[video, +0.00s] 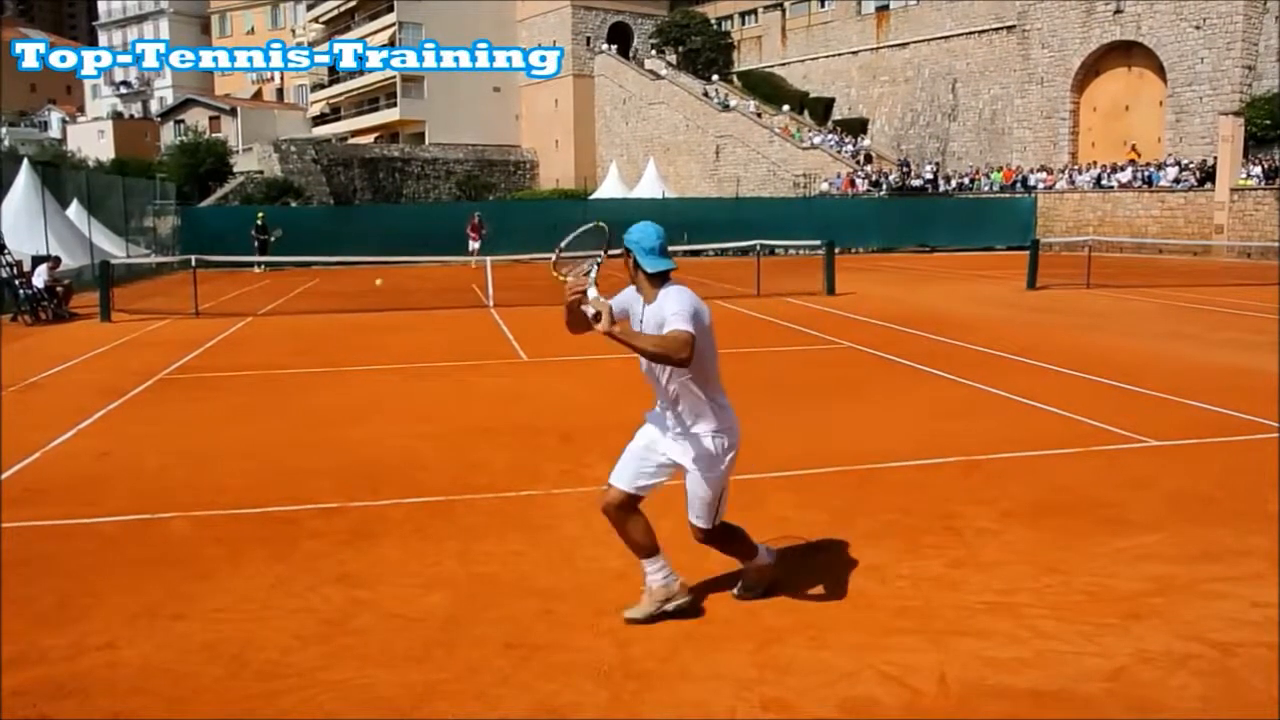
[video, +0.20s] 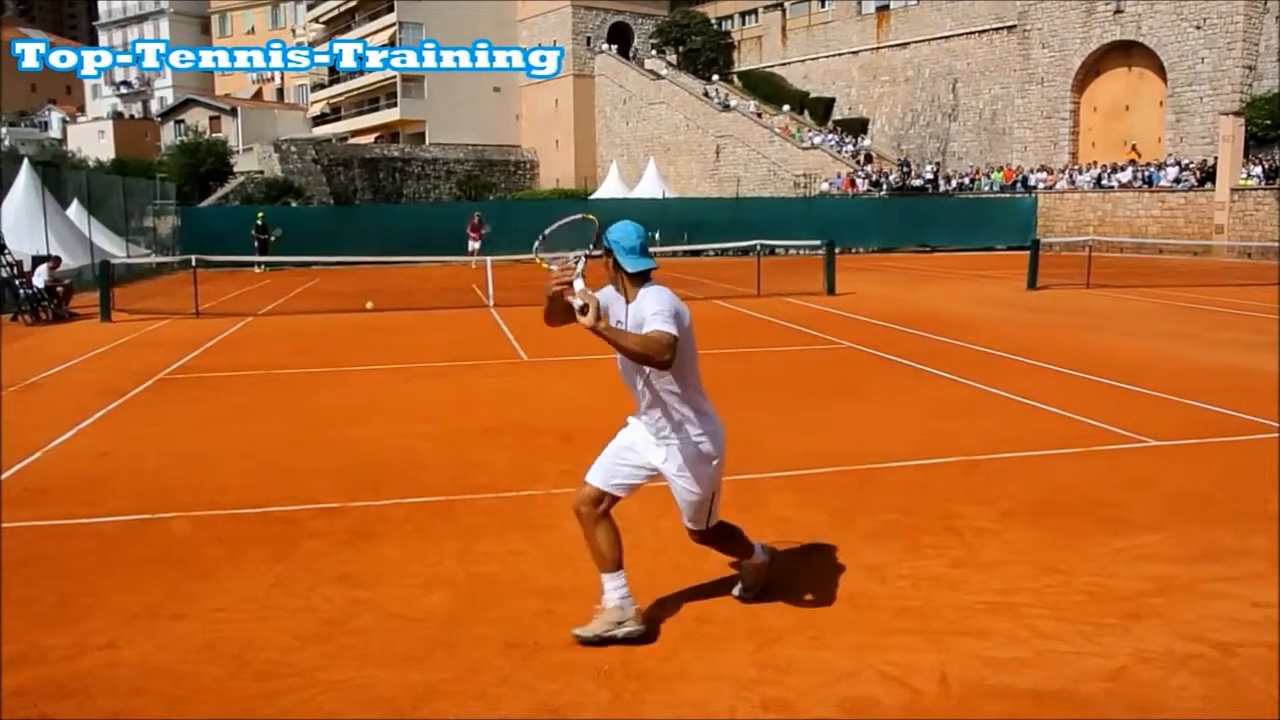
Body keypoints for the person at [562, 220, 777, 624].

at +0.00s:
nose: (623, 262)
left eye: (625, 256)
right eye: (625, 257)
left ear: (633, 261)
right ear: (660, 259)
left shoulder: (680, 301)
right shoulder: (632, 298)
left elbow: (681, 352)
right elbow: (579, 325)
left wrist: (617, 331)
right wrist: (573, 301)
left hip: (708, 433)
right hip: (665, 424)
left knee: (705, 529)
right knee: (617, 502)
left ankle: (761, 561)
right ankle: (664, 586)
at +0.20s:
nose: (600, 263)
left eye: (604, 257)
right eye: (603, 257)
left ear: (614, 261)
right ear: (638, 259)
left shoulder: (659, 301)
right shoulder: (609, 298)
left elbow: (661, 353)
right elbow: (556, 316)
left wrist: (599, 327)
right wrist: (555, 294)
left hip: (691, 438)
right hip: (646, 429)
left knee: (702, 529)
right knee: (588, 504)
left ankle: (757, 559)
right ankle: (620, 609)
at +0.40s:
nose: (555, 273)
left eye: (558, 265)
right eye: (556, 266)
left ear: (569, 270)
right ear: (588, 268)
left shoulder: (617, 309)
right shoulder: (573, 308)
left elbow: (625, 364)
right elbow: (513, 312)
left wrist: (572, 333)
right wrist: (515, 285)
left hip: (649, 454)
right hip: (606, 448)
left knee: (667, 548)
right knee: (547, 528)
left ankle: (738, 552)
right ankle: (557, 648)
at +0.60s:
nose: (538, 282)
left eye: (541, 275)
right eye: (541, 276)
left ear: (549, 277)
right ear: (573, 276)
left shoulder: (599, 316)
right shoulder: (551, 314)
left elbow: (609, 375)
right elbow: (490, 316)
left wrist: (557, 340)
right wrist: (494, 286)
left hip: (630, 461)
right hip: (586, 457)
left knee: (632, 573)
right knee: (526, 539)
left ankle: (714, 556)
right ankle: (555, 657)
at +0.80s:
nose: (522, 302)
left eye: (526, 293)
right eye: (515, 294)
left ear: (529, 291)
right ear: (504, 292)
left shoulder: (563, 333)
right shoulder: (504, 326)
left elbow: (583, 395)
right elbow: (444, 333)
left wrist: (525, 361)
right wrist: (441, 307)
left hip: (587, 480)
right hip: (542, 471)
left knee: (530, 607)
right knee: (487, 565)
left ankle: (641, 602)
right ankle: (550, 656)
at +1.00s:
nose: (491, 305)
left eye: (491, 296)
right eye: (488, 297)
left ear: (484, 293)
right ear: (511, 290)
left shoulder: (544, 339)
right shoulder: (480, 330)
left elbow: (573, 404)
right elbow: (418, 342)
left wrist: (512, 375)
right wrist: (412, 314)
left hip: (565, 486)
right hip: (523, 476)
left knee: (481, 602)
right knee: (466, 575)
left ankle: (596, 641)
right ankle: (548, 660)